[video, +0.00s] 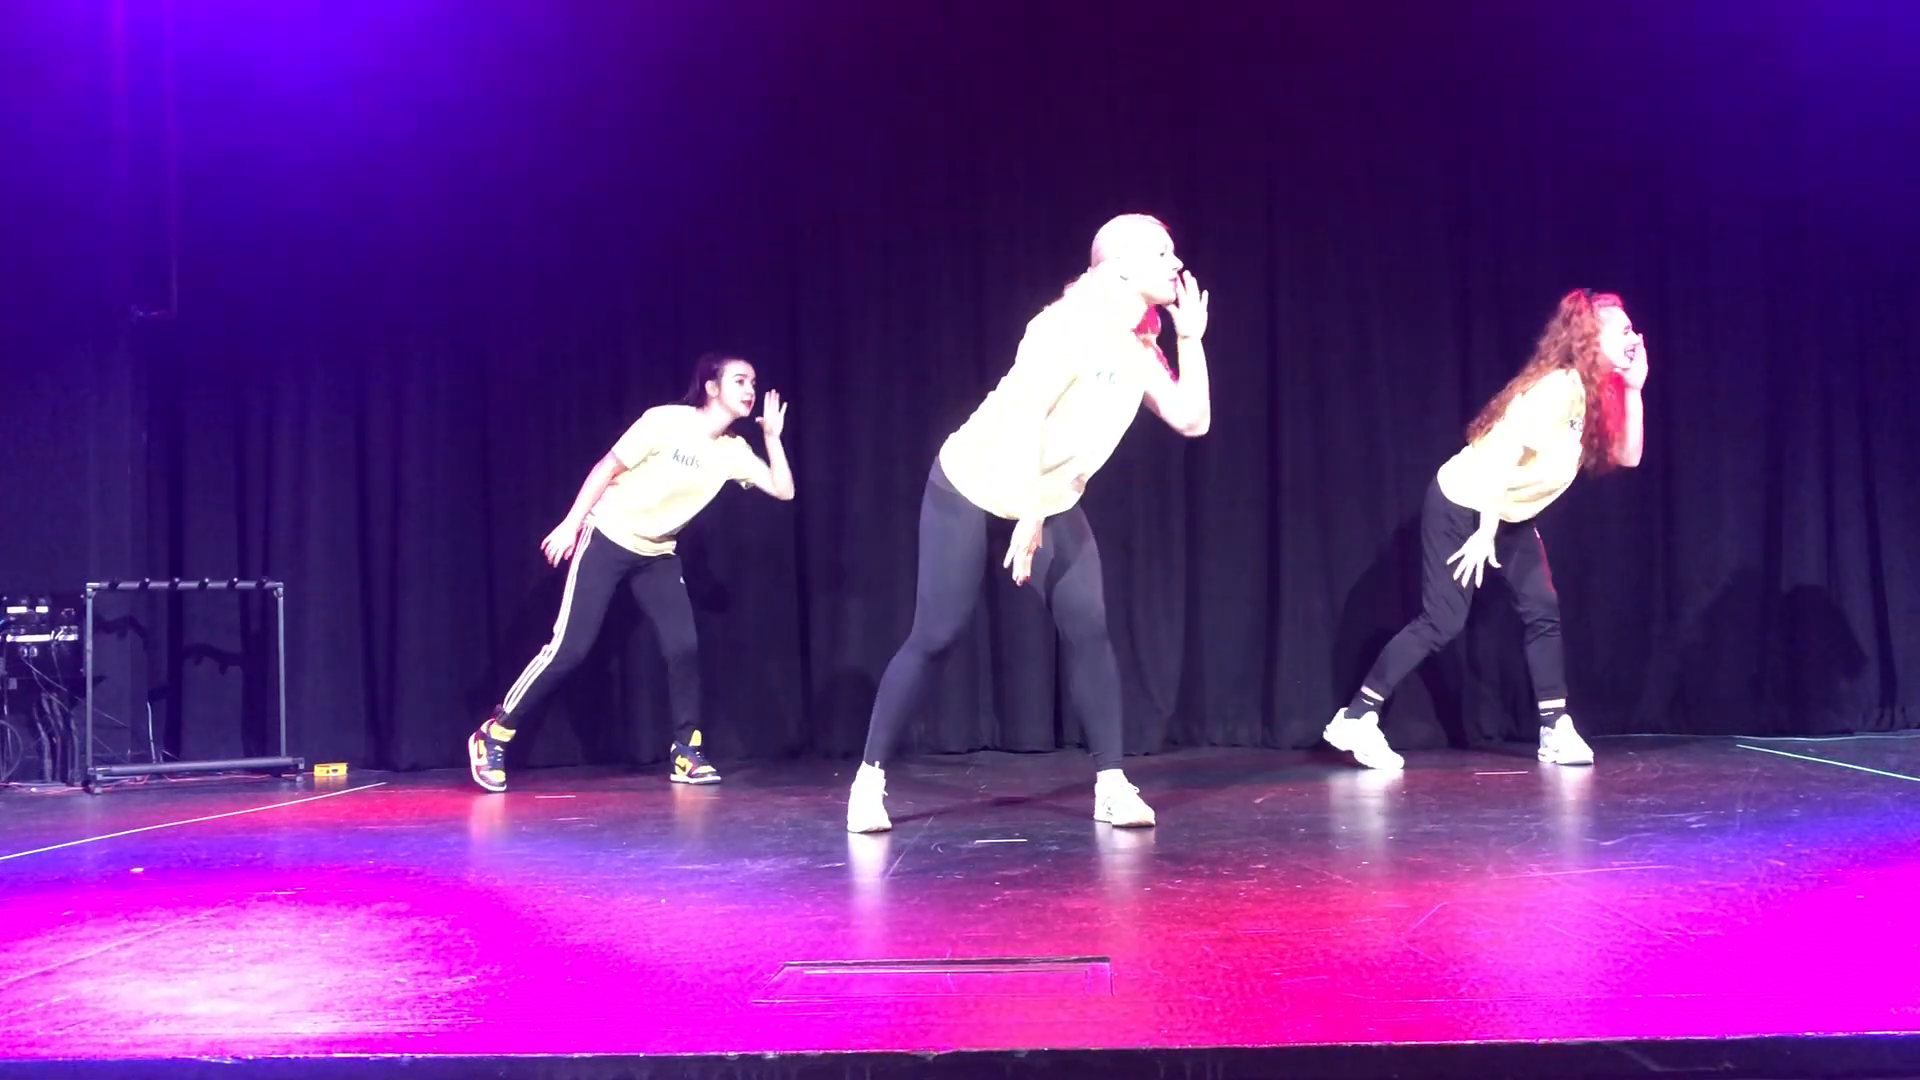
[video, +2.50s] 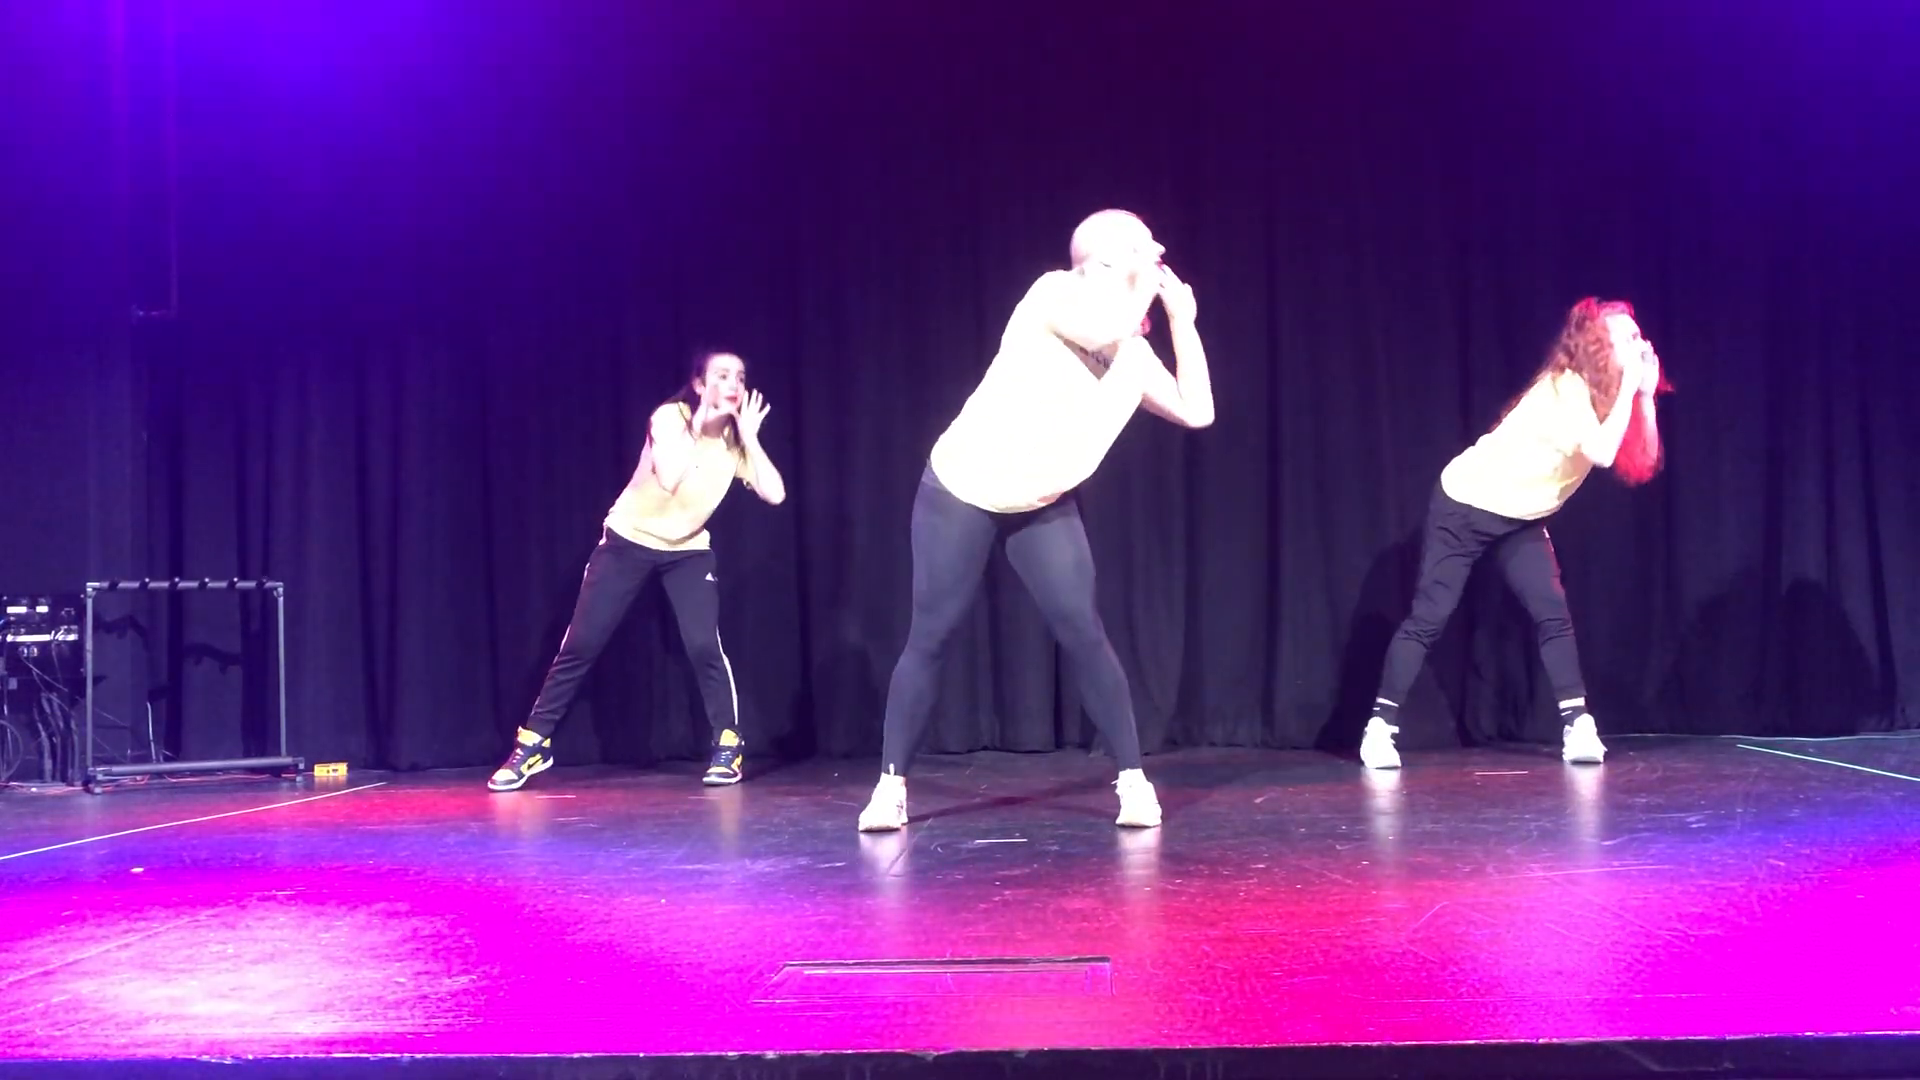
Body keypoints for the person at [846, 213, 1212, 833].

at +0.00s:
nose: (1175, 265)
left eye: (1173, 254)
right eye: (1159, 254)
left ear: (1161, 268)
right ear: (1115, 265)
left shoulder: (1138, 350)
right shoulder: (1074, 319)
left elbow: (1192, 419)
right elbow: (1024, 409)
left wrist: (1190, 336)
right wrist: (1029, 505)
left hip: (1050, 494)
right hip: (972, 484)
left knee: (1089, 627)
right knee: (936, 631)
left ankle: (1112, 781)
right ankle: (870, 777)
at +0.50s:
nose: (892, 223)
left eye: (907, 212)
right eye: (895, 213)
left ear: (953, 224)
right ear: (909, 229)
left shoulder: (1002, 281)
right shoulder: (892, 304)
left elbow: (975, 358)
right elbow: (813, 359)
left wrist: (947, 273)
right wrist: (830, 280)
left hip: (1025, 479)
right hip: (942, 490)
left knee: (1069, 619)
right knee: (913, 628)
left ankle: (1132, 769)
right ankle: (893, 785)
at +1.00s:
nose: (792, 274)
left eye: (805, 263)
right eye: (794, 264)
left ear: (850, 270)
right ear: (810, 277)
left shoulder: (892, 318)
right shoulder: (830, 343)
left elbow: (851, 396)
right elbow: (780, 426)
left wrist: (806, 330)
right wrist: (781, 349)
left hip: (994, 487)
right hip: (925, 507)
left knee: (1038, 628)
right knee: (893, 632)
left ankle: (1131, 766)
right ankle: (893, 788)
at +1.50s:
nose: (780, 339)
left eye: (789, 324)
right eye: (777, 325)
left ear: (828, 324)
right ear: (782, 336)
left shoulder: (885, 358)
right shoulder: (819, 398)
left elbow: (869, 443)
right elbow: (781, 479)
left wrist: (803, 397)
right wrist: (770, 411)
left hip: (1024, 487)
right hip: (947, 514)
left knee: (1068, 618)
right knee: (914, 638)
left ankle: (1136, 772)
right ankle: (893, 787)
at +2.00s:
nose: (1058, 396)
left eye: (1066, 381)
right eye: (1044, 384)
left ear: (1076, 383)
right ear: (1008, 387)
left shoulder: (1090, 426)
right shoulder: (967, 427)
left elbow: (1141, 530)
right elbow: (935, 531)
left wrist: (1101, 447)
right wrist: (1007, 465)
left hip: (1051, 525)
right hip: (964, 525)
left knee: (1086, 634)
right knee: (929, 634)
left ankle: (1137, 779)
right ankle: (891, 785)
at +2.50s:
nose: (1158, 251)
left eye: (1153, 240)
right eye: (1142, 237)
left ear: (1132, 259)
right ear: (1100, 254)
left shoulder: (1133, 352)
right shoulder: (1055, 292)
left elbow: (1197, 410)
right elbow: (1101, 332)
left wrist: (1184, 322)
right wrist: (1143, 281)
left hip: (1043, 504)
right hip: (960, 492)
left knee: (1083, 632)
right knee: (931, 633)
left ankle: (1131, 778)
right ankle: (891, 782)